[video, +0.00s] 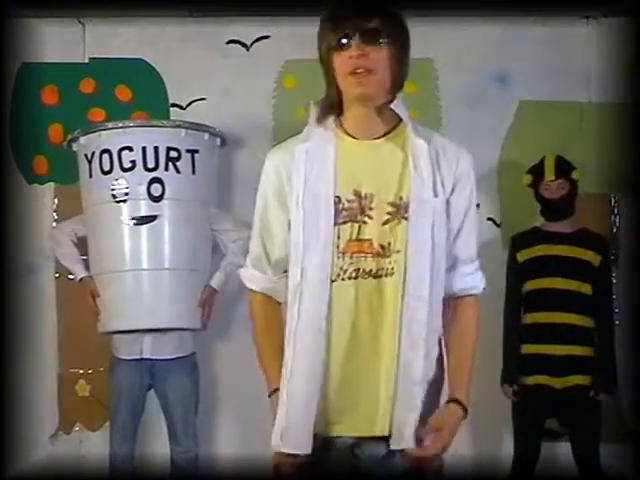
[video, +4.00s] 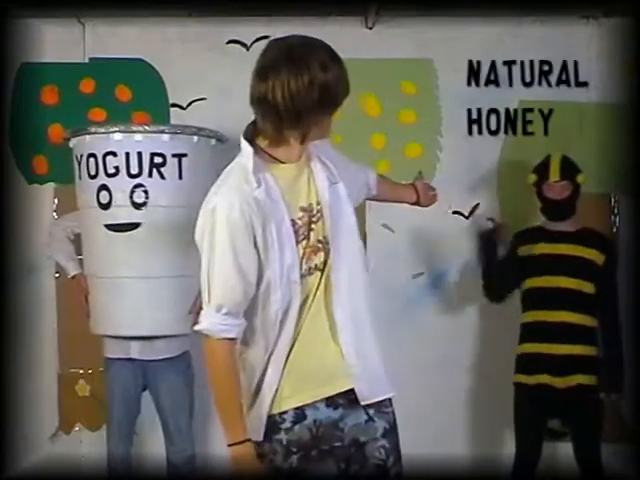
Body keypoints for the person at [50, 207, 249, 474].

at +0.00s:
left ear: (172, 187)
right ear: (129, 189)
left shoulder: (192, 213)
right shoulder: (112, 216)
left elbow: (240, 238)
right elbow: (60, 234)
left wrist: (215, 285)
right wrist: (83, 277)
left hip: (177, 350)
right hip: (126, 351)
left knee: (185, 449)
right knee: (120, 450)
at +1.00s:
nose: (143, 193)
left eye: (151, 187)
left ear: (163, 184)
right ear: (124, 187)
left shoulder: (187, 211)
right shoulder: (106, 216)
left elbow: (239, 235)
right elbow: (54, 233)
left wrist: (214, 286)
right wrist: (77, 278)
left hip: (172, 349)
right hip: (121, 351)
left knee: (182, 450)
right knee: (118, 451)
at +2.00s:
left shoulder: (189, 210)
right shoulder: (109, 213)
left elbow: (258, 214)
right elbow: (53, 232)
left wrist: (236, 193)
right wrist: (77, 274)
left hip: (175, 337)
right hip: (124, 339)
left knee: (182, 433)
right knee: (123, 428)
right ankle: (118, 479)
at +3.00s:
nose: (136, 193)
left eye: (145, 186)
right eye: (129, 186)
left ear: (159, 187)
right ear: (118, 187)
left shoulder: (178, 214)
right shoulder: (105, 216)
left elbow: (228, 221)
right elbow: (53, 229)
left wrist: (228, 180)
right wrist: (75, 274)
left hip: (172, 342)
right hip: (122, 344)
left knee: (181, 432)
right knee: (121, 432)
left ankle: (184, 477)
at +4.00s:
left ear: (165, 191)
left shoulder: (182, 222)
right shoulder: (107, 217)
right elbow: (59, 228)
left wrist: (209, 291)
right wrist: (77, 274)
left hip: (171, 350)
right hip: (120, 351)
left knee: (181, 448)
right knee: (118, 449)